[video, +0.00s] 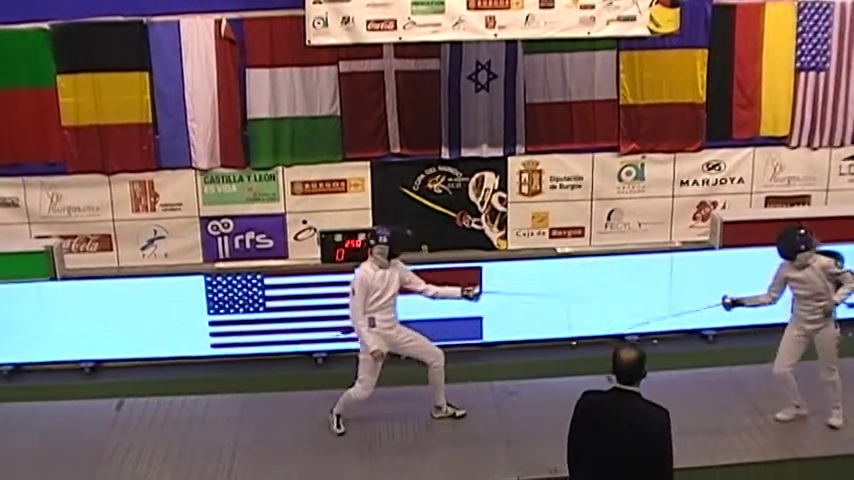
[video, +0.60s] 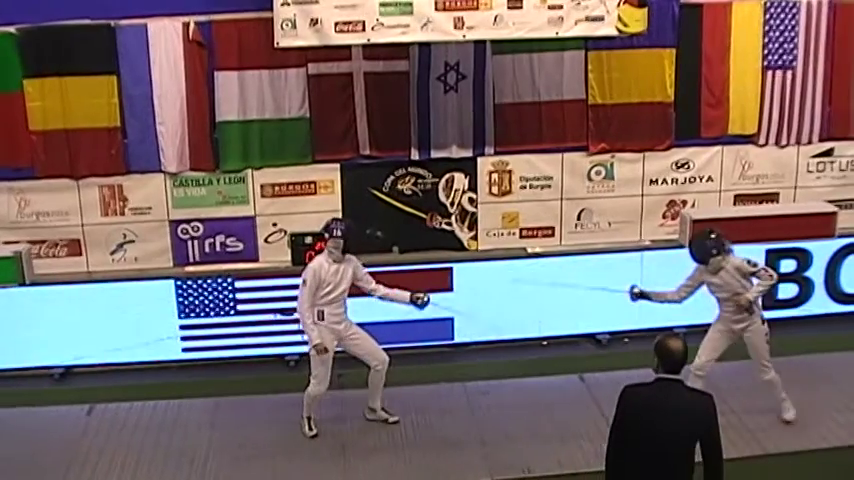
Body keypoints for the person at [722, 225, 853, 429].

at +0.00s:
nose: (792, 261)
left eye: (793, 256)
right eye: (789, 257)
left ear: (802, 251)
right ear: (788, 255)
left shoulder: (824, 265)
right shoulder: (785, 269)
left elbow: (849, 281)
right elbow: (770, 297)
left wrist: (835, 300)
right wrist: (738, 302)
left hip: (825, 326)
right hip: (798, 326)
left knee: (829, 374)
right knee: (781, 369)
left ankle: (836, 412)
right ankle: (797, 407)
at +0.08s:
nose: (794, 261)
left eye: (796, 256)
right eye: (792, 257)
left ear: (800, 252)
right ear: (786, 257)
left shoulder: (818, 265)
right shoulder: (781, 271)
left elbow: (845, 282)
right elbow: (768, 298)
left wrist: (827, 301)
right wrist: (736, 302)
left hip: (821, 326)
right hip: (793, 325)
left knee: (826, 374)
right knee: (769, 365)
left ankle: (832, 411)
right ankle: (785, 403)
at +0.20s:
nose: (788, 254)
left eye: (788, 249)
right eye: (783, 251)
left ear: (787, 248)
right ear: (773, 254)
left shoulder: (805, 261)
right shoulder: (769, 269)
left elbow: (834, 276)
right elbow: (756, 296)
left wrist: (817, 296)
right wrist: (725, 299)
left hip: (808, 322)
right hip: (781, 321)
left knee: (816, 367)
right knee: (751, 363)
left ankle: (824, 409)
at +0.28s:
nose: (770, 262)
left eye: (772, 257)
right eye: (767, 258)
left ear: (777, 252)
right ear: (760, 257)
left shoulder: (794, 264)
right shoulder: (757, 271)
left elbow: (822, 281)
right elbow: (741, 298)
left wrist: (806, 298)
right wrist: (709, 298)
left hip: (799, 324)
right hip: (772, 323)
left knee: (811, 367)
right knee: (740, 364)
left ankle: (821, 410)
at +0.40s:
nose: (746, 270)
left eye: (748, 264)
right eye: (743, 266)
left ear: (756, 259)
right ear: (738, 265)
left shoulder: (772, 271)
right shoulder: (735, 278)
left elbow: (803, 286)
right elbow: (713, 302)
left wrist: (783, 307)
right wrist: (680, 303)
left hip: (779, 330)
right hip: (751, 330)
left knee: (797, 370)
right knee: (717, 370)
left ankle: (815, 410)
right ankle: (698, 414)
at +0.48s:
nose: (730, 268)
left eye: (731, 263)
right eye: (727, 264)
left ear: (736, 259)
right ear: (723, 264)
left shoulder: (755, 271)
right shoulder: (719, 278)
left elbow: (784, 285)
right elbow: (697, 301)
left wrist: (767, 305)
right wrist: (664, 302)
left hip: (763, 330)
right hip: (735, 329)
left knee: (785, 373)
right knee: (703, 370)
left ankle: (810, 406)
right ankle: (693, 418)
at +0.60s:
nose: (710, 265)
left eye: (711, 260)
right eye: (706, 262)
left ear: (719, 254)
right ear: (703, 260)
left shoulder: (736, 264)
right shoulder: (702, 272)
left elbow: (769, 277)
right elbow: (678, 296)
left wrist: (751, 295)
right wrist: (645, 295)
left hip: (752, 322)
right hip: (725, 324)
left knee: (766, 371)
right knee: (698, 368)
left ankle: (785, 407)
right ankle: (688, 415)